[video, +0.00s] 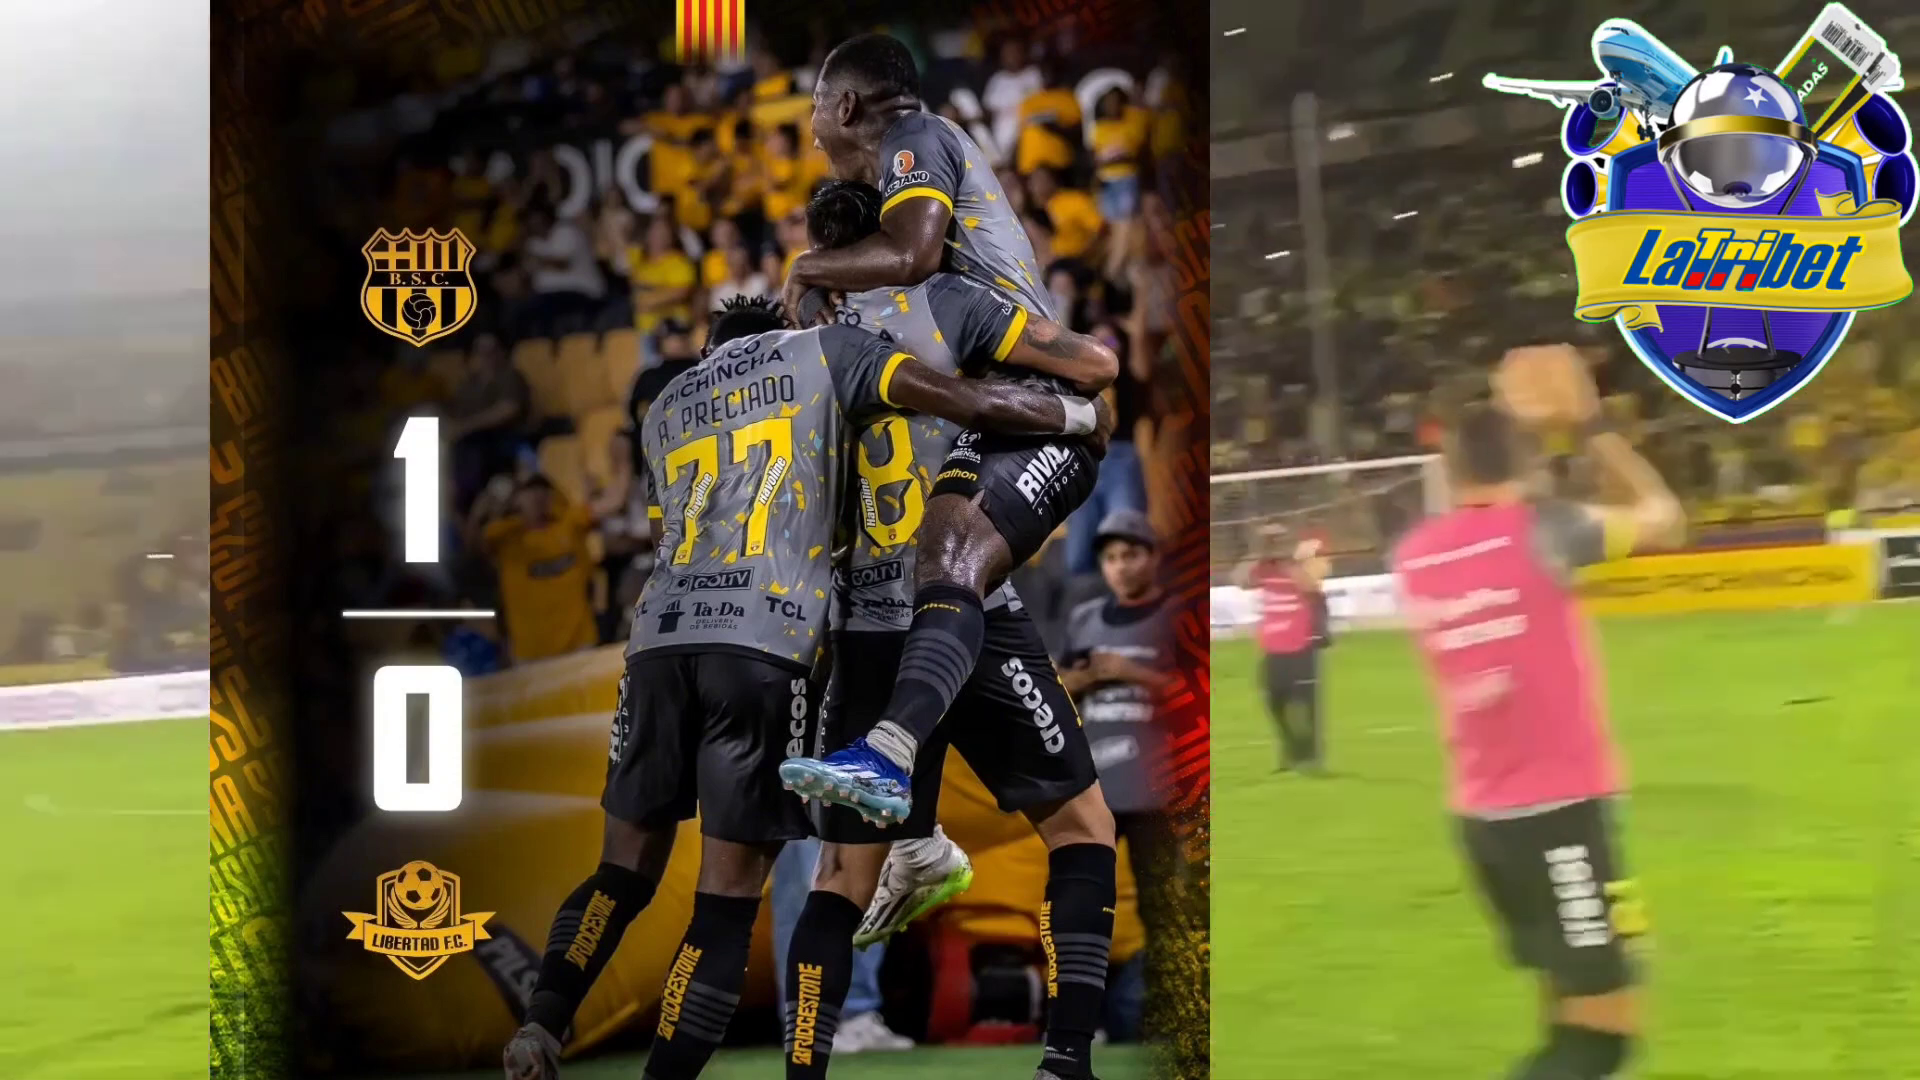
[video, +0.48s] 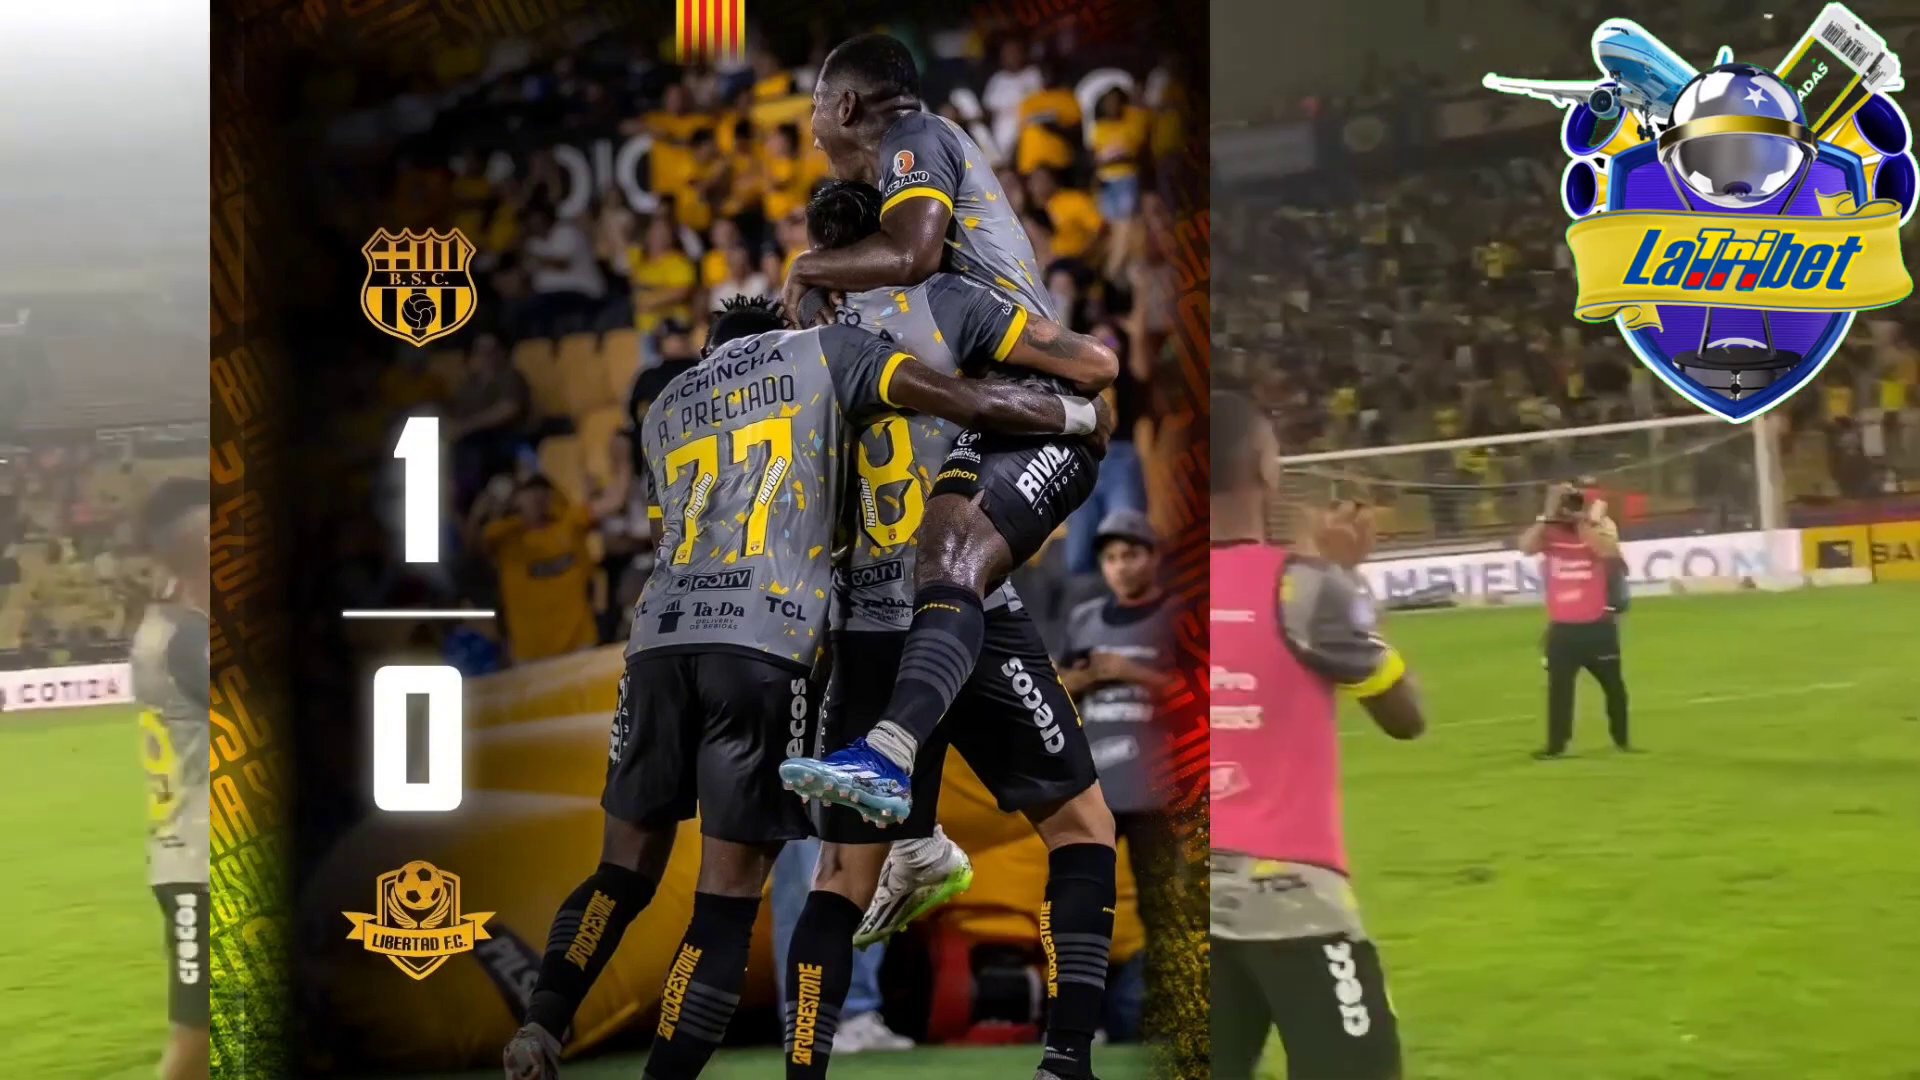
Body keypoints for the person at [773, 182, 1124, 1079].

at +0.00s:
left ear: (820, 253)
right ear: (899, 236)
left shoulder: (801, 330)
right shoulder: (951, 295)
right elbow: (1087, 367)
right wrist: (1095, 358)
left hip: (851, 619)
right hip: (961, 615)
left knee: (848, 861)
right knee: (1082, 827)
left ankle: (802, 1062)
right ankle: (1066, 1059)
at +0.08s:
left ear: (821, 256)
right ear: (898, 237)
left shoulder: (801, 333)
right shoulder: (950, 295)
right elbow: (1089, 367)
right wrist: (1088, 352)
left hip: (852, 619)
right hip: (962, 616)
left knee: (848, 861)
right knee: (1082, 827)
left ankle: (802, 1062)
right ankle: (1067, 1058)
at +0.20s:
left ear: (819, 252)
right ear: (898, 234)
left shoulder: (801, 332)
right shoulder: (950, 294)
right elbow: (1085, 367)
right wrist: (1097, 357)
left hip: (852, 619)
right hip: (961, 615)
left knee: (848, 861)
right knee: (1082, 827)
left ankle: (802, 1063)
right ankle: (1066, 1060)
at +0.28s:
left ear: (821, 256)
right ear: (898, 237)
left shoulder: (802, 334)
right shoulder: (951, 295)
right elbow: (1092, 367)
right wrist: (1080, 351)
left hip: (852, 619)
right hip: (961, 616)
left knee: (848, 861)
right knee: (1081, 827)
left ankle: (802, 1062)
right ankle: (1066, 1058)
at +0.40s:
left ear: (821, 256)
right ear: (898, 237)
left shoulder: (803, 334)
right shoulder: (951, 295)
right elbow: (1089, 367)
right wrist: (1086, 351)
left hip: (853, 619)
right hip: (962, 616)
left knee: (848, 862)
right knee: (1082, 827)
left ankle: (802, 1063)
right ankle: (1067, 1059)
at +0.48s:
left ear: (822, 257)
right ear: (899, 238)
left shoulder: (803, 334)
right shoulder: (952, 296)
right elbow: (1091, 367)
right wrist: (1081, 348)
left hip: (853, 619)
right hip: (964, 616)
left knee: (848, 861)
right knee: (1082, 827)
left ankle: (802, 1063)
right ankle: (1067, 1056)